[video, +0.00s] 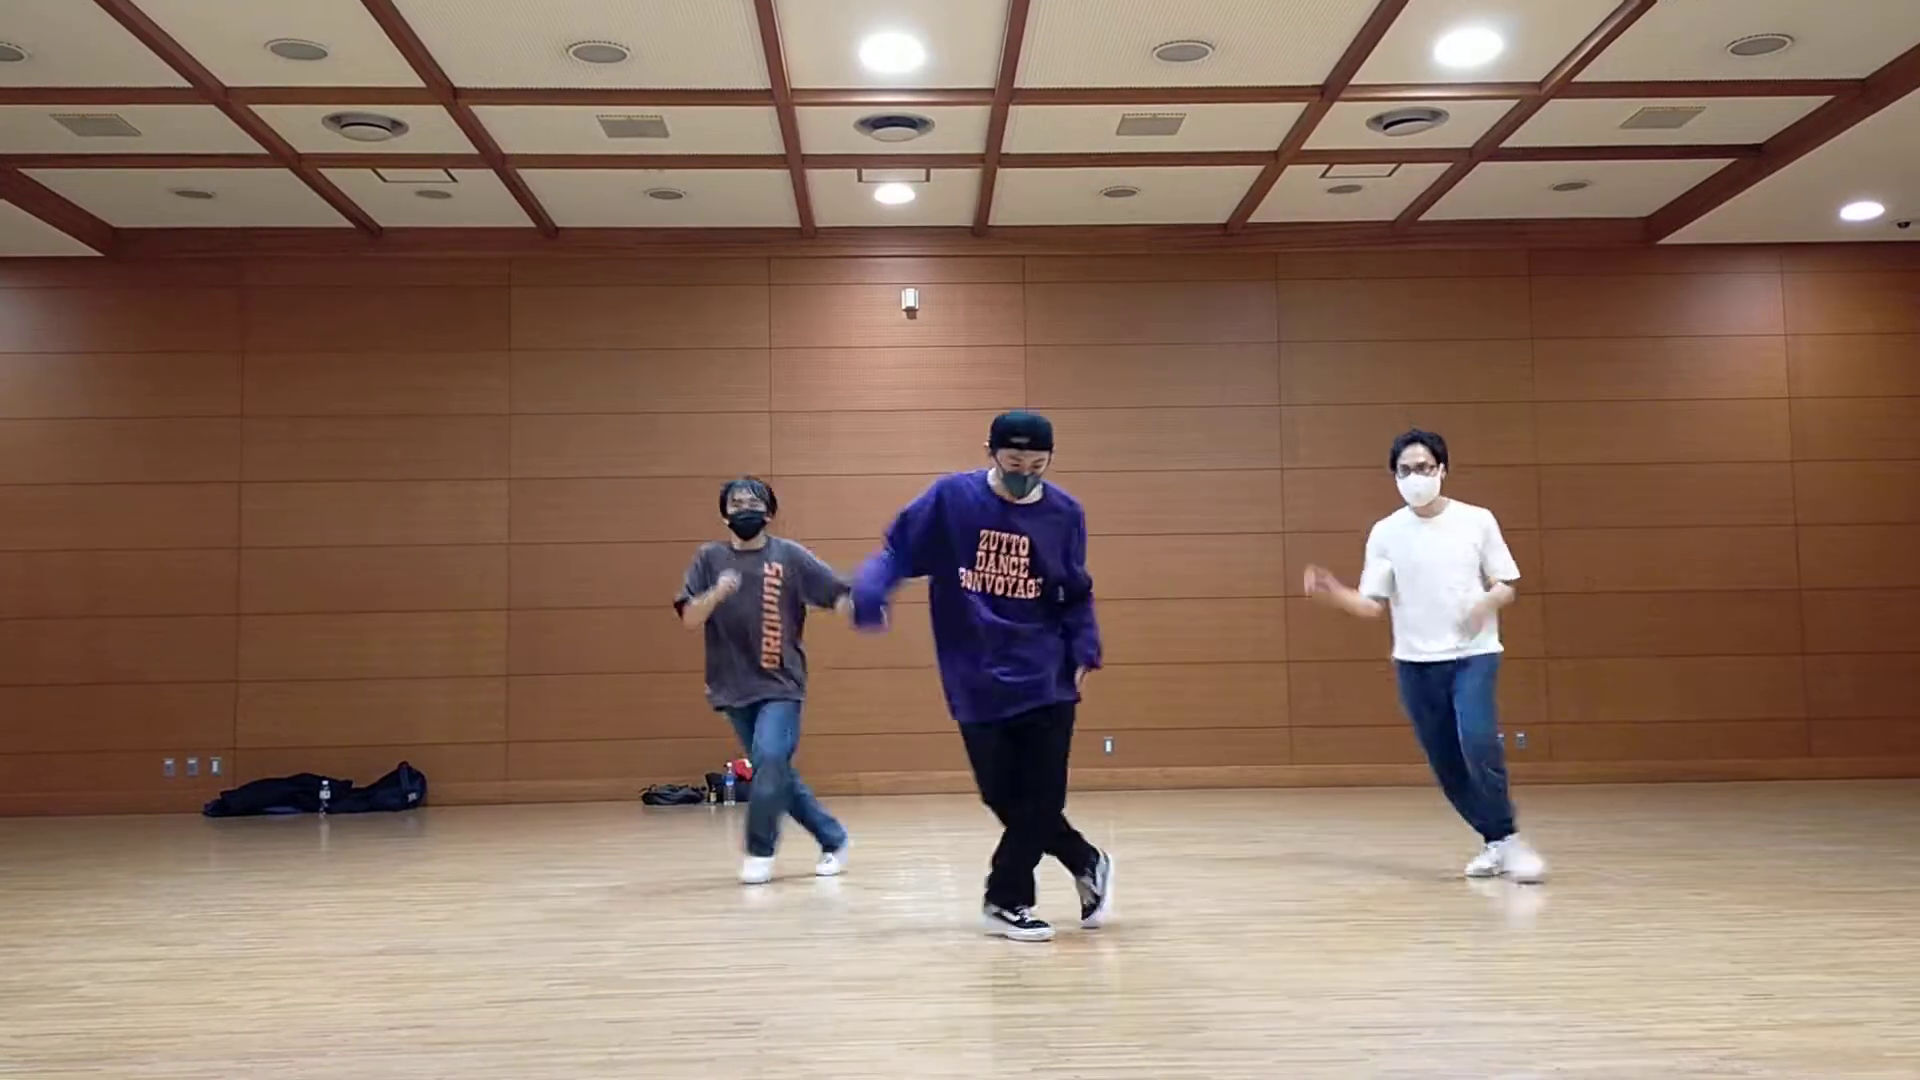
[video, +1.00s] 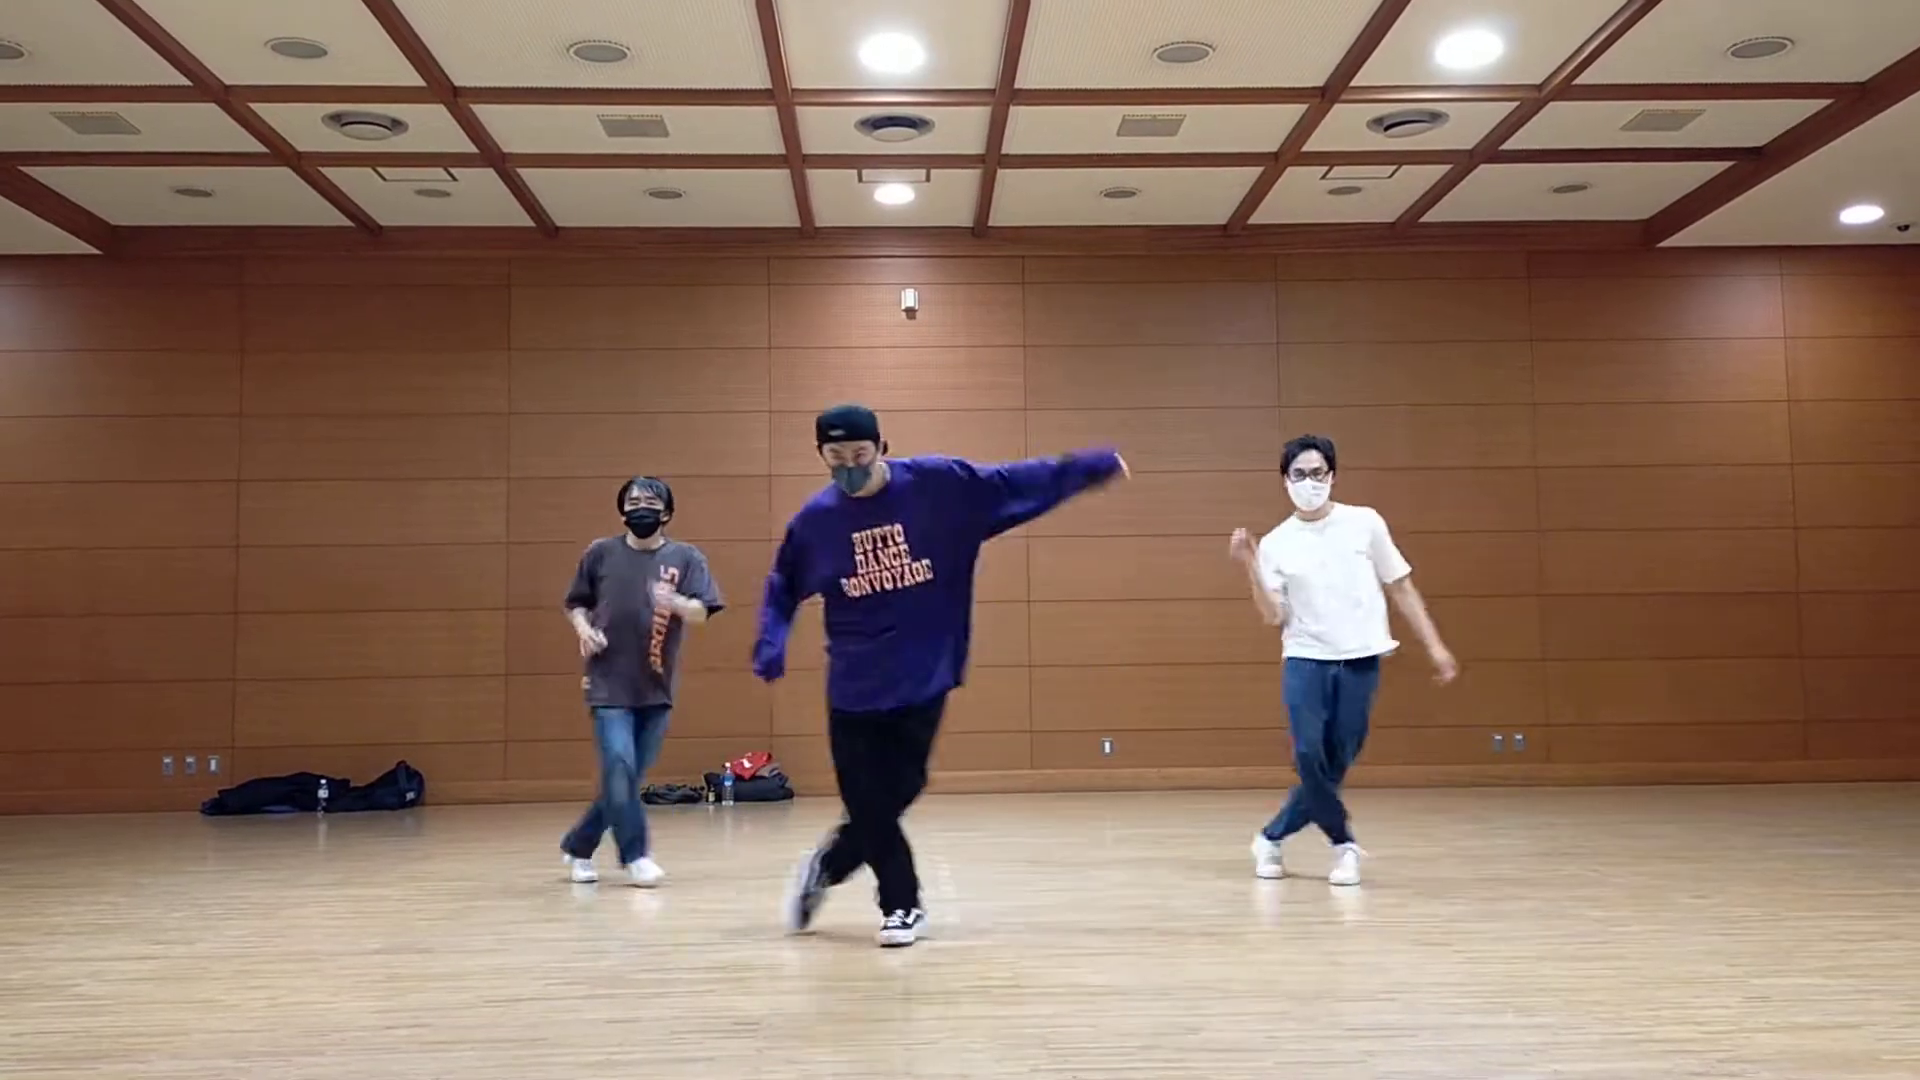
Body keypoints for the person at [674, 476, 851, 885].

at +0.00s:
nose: (745, 509)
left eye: (753, 502)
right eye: (736, 503)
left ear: (768, 511)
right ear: (725, 514)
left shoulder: (790, 556)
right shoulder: (711, 558)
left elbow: (837, 596)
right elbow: (689, 618)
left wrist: (864, 596)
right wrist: (716, 593)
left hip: (780, 684)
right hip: (732, 688)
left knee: (770, 762)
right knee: (772, 774)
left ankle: (759, 851)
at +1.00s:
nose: (641, 508)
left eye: (650, 502)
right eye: (634, 502)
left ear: (665, 511)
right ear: (623, 510)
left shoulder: (686, 559)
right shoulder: (601, 554)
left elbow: (703, 611)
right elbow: (576, 603)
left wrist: (675, 603)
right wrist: (584, 628)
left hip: (657, 687)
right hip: (609, 684)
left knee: (631, 776)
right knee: (620, 764)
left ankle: (578, 846)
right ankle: (635, 855)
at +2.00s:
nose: (705, 517)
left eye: (712, 509)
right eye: (698, 509)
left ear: (727, 513)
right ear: (683, 516)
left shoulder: (742, 560)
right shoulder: (661, 559)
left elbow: (781, 607)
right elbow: (640, 612)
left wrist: (819, 642)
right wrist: (677, 633)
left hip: (727, 689)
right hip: (681, 691)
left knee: (728, 772)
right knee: (699, 777)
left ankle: (704, 855)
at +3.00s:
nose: (600, 508)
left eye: (609, 501)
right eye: (593, 501)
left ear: (625, 511)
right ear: (582, 510)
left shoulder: (647, 556)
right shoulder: (563, 553)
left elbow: (657, 612)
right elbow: (544, 606)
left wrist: (621, 620)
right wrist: (527, 647)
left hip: (627, 688)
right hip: (578, 686)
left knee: (607, 775)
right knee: (582, 771)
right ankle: (612, 855)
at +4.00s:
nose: (649, 515)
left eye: (656, 508)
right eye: (641, 509)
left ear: (668, 512)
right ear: (627, 515)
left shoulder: (687, 555)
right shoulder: (604, 557)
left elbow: (715, 604)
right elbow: (586, 611)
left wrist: (748, 635)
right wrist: (600, 640)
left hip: (672, 691)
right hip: (625, 690)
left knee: (668, 776)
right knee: (633, 778)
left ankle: (641, 860)